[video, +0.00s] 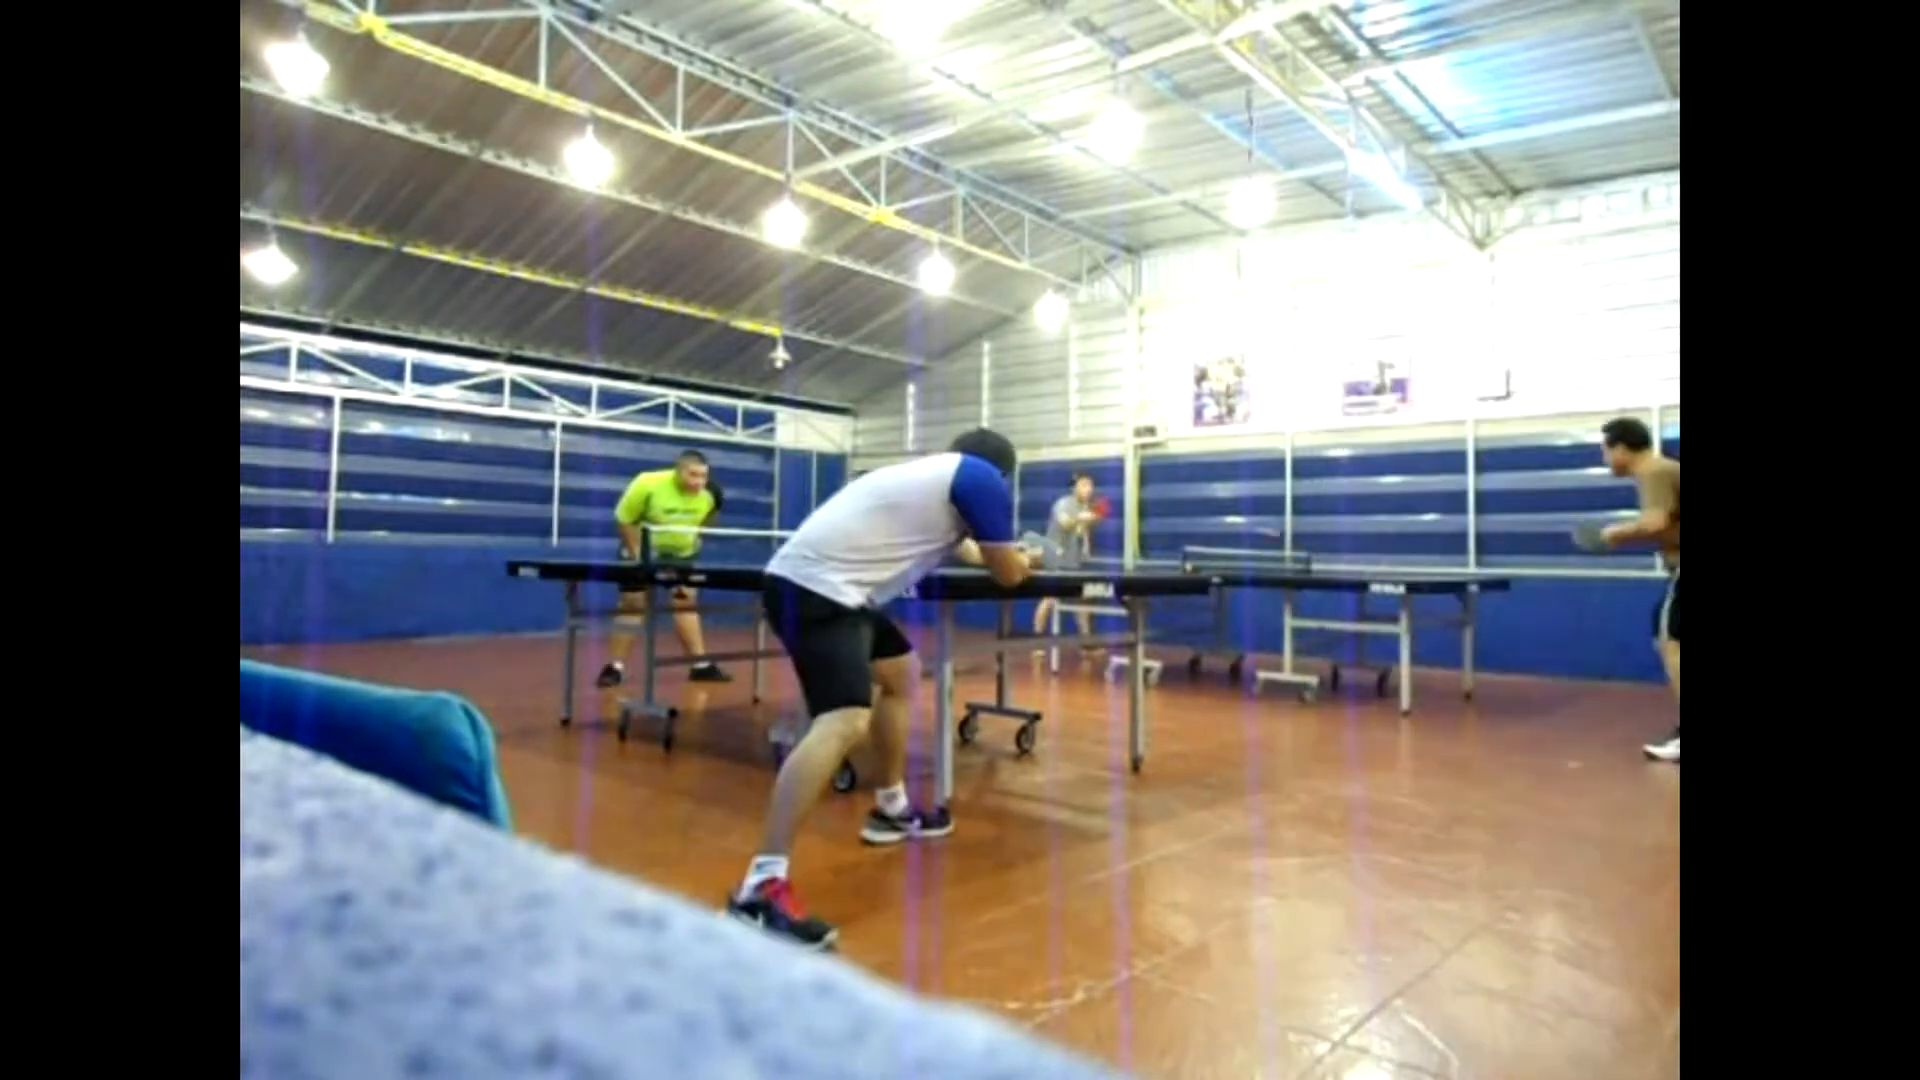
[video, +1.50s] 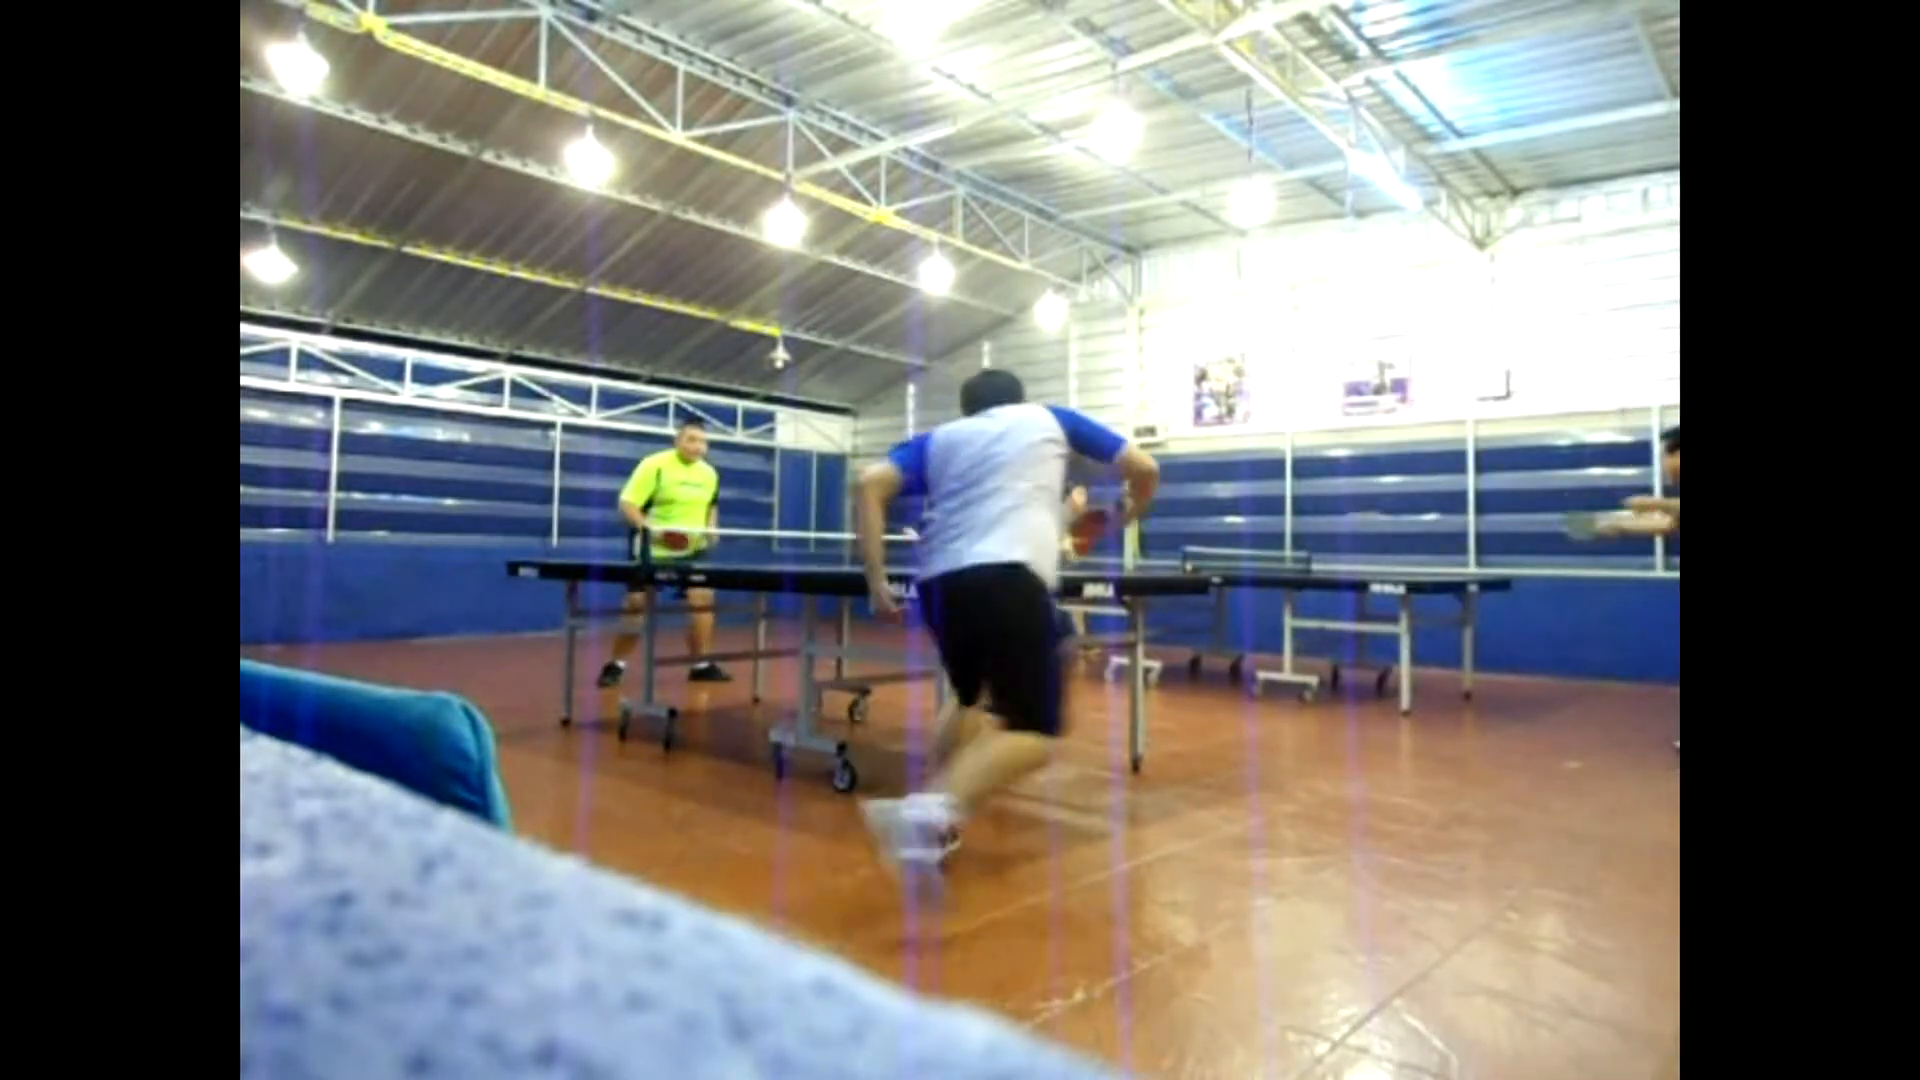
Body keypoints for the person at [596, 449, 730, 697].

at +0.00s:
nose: (698, 482)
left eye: (702, 475)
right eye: (692, 474)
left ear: (707, 476)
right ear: (678, 472)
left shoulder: (709, 497)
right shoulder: (647, 484)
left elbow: (699, 524)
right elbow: (624, 517)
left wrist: (687, 546)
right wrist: (636, 552)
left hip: (683, 554)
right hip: (645, 552)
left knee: (686, 602)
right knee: (633, 605)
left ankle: (701, 661)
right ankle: (616, 665)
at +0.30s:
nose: (694, 480)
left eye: (699, 475)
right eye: (689, 474)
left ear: (704, 476)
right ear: (676, 472)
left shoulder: (707, 495)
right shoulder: (645, 485)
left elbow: (705, 520)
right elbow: (623, 517)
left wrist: (691, 540)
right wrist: (636, 552)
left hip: (683, 554)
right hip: (646, 552)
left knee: (688, 602)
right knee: (632, 604)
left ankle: (700, 660)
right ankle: (616, 664)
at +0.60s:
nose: (695, 478)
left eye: (699, 473)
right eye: (689, 472)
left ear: (704, 474)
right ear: (676, 471)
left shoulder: (707, 494)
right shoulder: (645, 485)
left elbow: (703, 520)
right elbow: (623, 517)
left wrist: (691, 540)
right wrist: (636, 551)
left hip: (683, 553)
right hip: (646, 552)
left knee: (689, 602)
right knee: (632, 606)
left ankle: (700, 660)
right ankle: (616, 664)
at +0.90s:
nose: (692, 470)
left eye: (697, 465)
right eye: (687, 464)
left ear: (702, 468)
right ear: (674, 464)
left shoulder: (705, 490)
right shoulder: (644, 480)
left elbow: (705, 515)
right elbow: (622, 516)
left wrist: (692, 536)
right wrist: (634, 550)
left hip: (684, 552)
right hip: (645, 551)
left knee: (689, 602)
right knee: (632, 605)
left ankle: (700, 660)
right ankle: (616, 664)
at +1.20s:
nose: (690, 454)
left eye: (695, 449)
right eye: (684, 448)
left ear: (699, 453)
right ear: (670, 449)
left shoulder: (702, 481)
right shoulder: (642, 472)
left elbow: (703, 509)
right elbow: (619, 512)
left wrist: (693, 533)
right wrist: (631, 548)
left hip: (682, 551)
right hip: (642, 550)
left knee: (693, 601)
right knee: (630, 605)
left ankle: (700, 661)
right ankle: (615, 664)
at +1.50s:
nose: (696, 446)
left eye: (701, 441)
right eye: (691, 439)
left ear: (706, 445)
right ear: (678, 440)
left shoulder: (709, 474)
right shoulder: (654, 465)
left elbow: (710, 507)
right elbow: (627, 503)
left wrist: (711, 529)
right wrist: (649, 526)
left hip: (692, 550)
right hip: (655, 549)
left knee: (703, 599)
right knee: (636, 604)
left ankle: (702, 660)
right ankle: (617, 663)